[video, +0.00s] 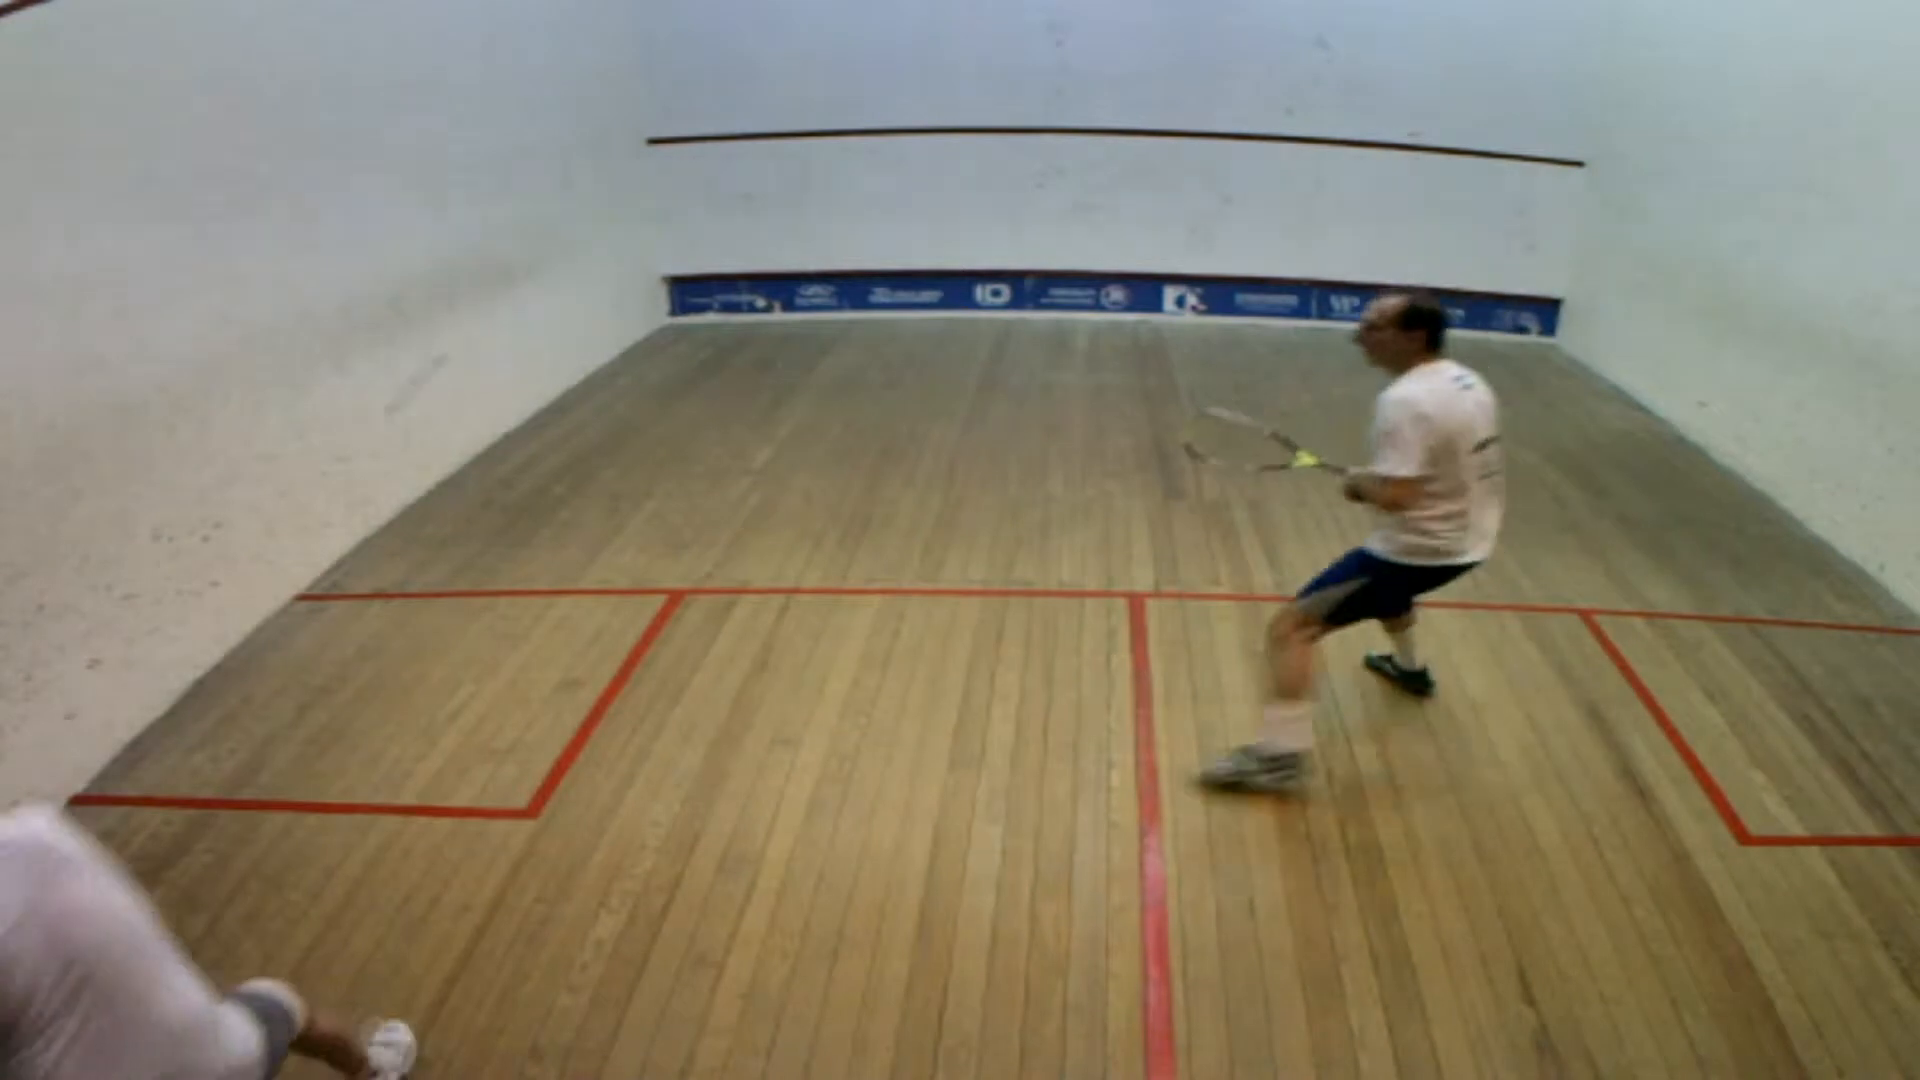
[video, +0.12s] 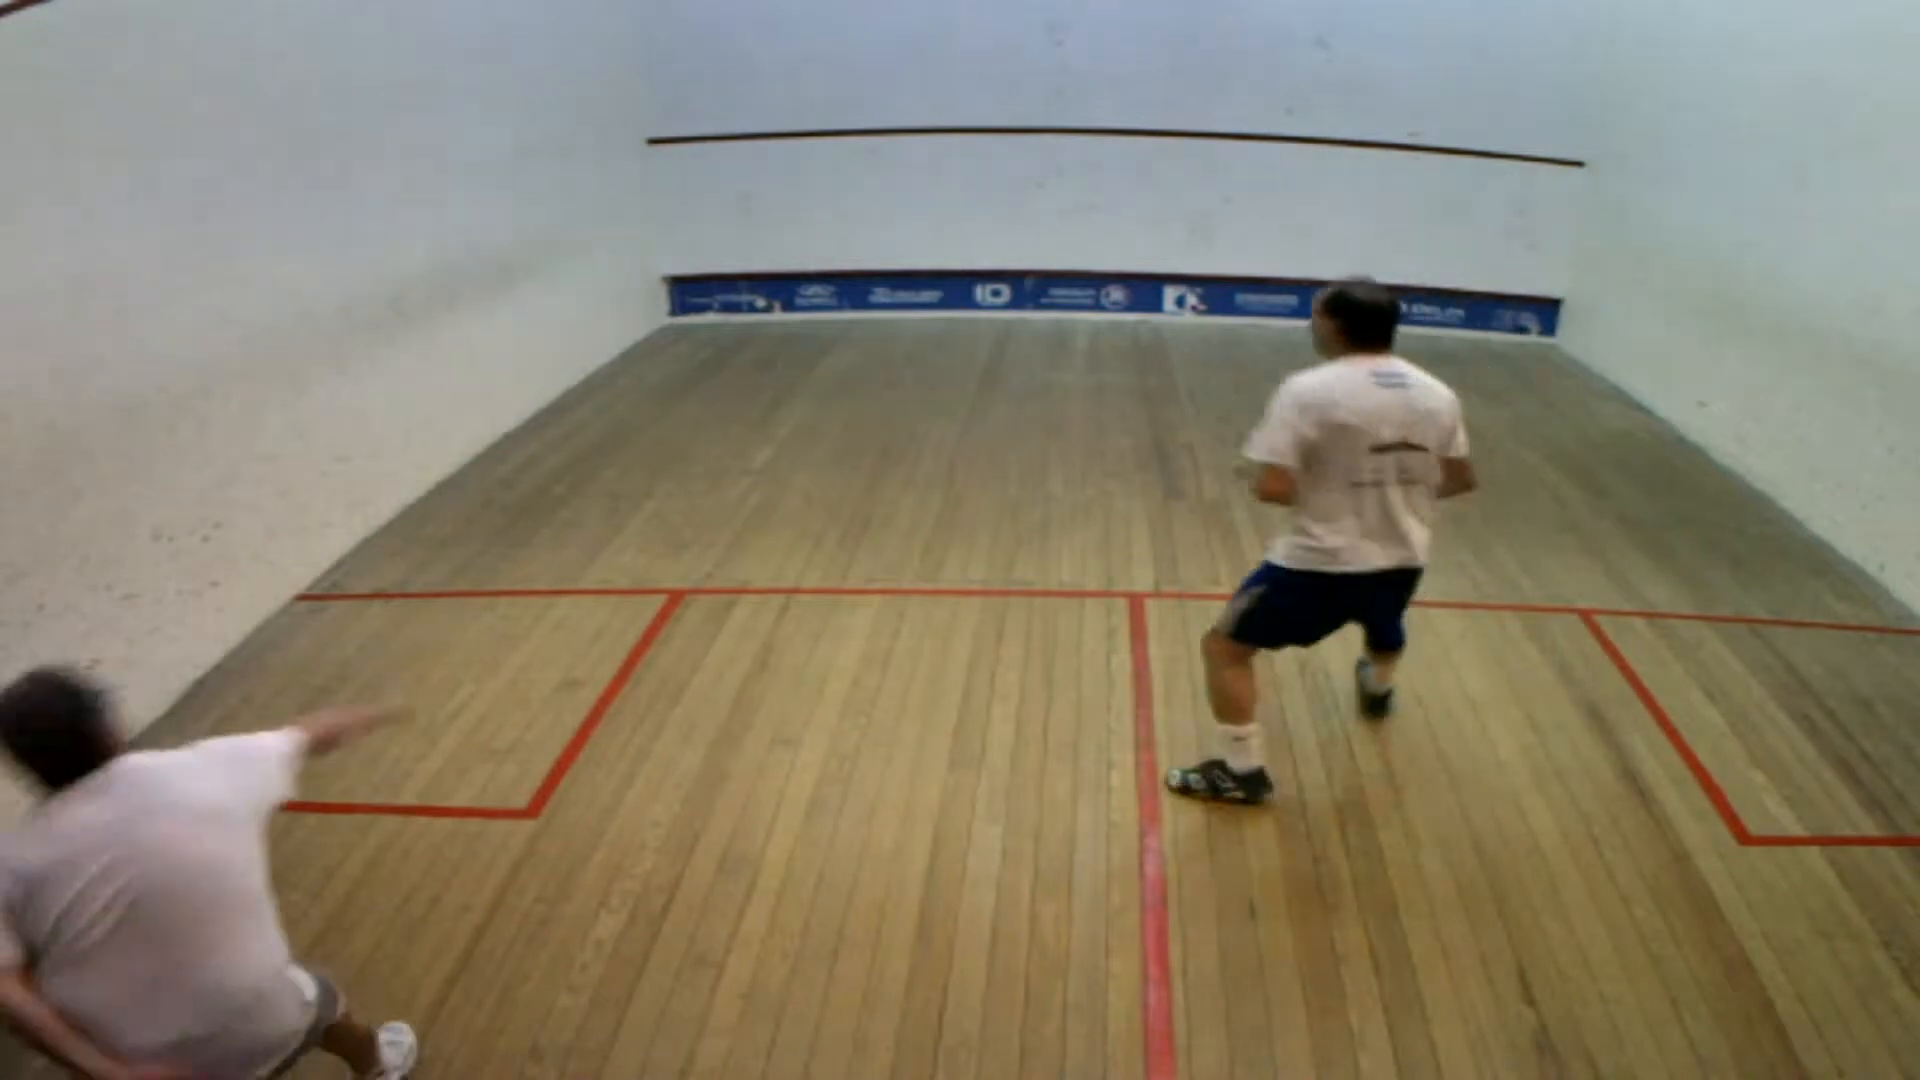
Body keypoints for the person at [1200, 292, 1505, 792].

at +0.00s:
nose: (1361, 335)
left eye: (1374, 328)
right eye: (1365, 324)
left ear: (1414, 338)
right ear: (1422, 339)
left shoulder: (1405, 400)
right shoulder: (1469, 383)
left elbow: (1402, 492)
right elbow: (1452, 468)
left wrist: (1359, 485)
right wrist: (1379, 478)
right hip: (1466, 542)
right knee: (1385, 585)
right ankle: (1409, 665)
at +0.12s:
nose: (1313, 328)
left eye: (1317, 320)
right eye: (1315, 319)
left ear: (1335, 328)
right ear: (1387, 329)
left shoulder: (1306, 391)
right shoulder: (1434, 395)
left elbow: (1275, 485)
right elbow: (1459, 477)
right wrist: (1400, 472)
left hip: (1319, 566)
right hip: (1397, 565)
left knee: (1226, 645)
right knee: (1387, 628)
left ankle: (1242, 766)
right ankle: (1377, 691)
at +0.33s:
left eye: (1296, 318)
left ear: (1300, 323)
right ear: (1368, 330)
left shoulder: (1253, 376)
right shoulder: (1407, 399)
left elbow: (1191, 462)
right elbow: (1448, 499)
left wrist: (1226, 498)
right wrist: (1414, 519)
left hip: (1236, 561)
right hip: (1344, 571)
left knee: (1163, 662)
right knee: (1368, 680)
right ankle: (1377, 805)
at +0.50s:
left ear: (1304, 384)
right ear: (1374, 397)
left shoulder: (1245, 432)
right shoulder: (1395, 466)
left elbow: (1144, 504)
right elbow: (1439, 566)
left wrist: (1133, 539)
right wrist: (1421, 566)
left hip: (1200, 607)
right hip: (1305, 629)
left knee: (1130, 684)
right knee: (1358, 748)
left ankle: (1075, 796)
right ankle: (1318, 880)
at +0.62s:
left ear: (1397, 397)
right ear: (1469, 411)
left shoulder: (1343, 442)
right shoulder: (1494, 479)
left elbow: (1217, 514)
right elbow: (1528, 598)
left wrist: (1206, 568)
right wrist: (1501, 613)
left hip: (1271, 619)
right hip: (1362, 659)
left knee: (1221, 694)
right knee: (1345, 785)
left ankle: (1138, 777)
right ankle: (1212, 884)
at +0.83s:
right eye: (1675, 504)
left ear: (1608, 471)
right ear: (1666, 504)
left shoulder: (1526, 503)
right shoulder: (1643, 563)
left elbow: (1398, 568)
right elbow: (1664, 702)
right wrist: (1676, 683)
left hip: (1363, 664)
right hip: (1436, 709)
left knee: (1314, 735)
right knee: (1499, 809)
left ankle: (1193, 792)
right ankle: (1365, 902)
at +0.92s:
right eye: (1780, 515)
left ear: (1707, 486)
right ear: (1772, 524)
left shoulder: (1629, 524)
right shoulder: (1750, 588)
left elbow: (1491, 586)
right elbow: (1773, 727)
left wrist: (1479, 665)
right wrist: (1804, 725)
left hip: (1466, 683)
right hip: (1532, 739)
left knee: (1438, 750)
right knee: (1508, 839)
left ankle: (1338, 807)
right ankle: (1371, 901)